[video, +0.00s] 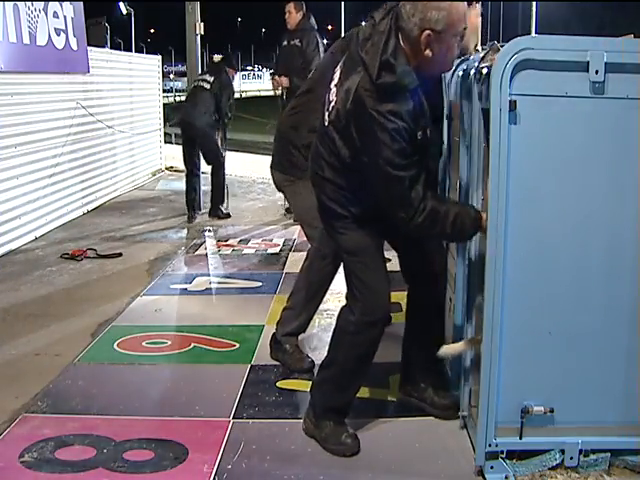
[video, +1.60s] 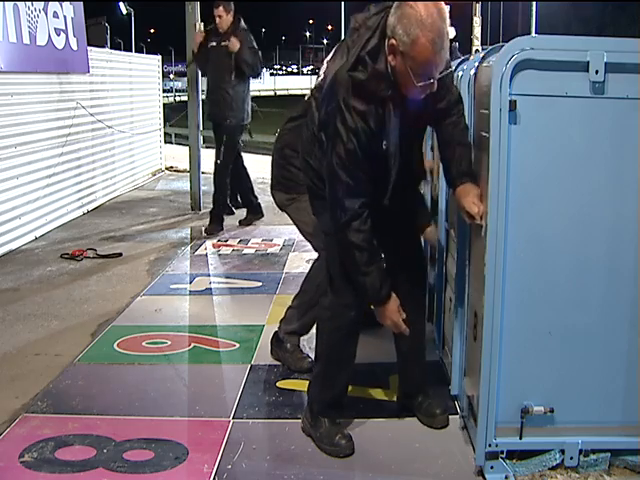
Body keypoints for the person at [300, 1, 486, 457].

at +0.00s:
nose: (461, 46)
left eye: (462, 37)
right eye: (457, 38)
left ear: (424, 36)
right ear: (426, 41)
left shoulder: (399, 29)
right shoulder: (387, 94)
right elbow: (404, 203)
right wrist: (472, 221)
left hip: (392, 179)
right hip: (346, 190)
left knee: (429, 274)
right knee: (371, 306)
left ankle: (420, 380)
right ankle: (324, 413)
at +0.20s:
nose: (461, 59)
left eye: (463, 49)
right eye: (454, 52)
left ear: (425, 45)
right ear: (422, 50)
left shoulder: (411, 30)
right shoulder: (396, 105)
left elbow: (486, 16)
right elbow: (420, 209)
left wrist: (551, 17)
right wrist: (500, 225)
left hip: (395, 190)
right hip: (349, 192)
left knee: (434, 275)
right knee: (378, 305)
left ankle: (419, 382)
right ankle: (325, 410)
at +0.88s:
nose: (455, 120)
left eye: (462, 109)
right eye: (446, 113)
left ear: (467, 75)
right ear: (419, 95)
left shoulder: (443, 43)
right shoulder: (396, 134)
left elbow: (473, 19)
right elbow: (453, 221)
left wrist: (520, 26)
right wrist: (514, 235)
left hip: (410, 188)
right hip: (353, 192)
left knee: (433, 273)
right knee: (375, 303)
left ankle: (421, 380)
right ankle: (322, 410)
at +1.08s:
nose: (444, 130)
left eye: (451, 118)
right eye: (434, 124)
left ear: (459, 85)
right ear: (409, 101)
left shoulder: (411, 39)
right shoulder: (401, 154)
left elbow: (440, 15)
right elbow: (435, 239)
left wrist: (471, 25)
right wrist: (494, 283)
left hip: (397, 194)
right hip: (345, 196)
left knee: (425, 282)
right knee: (371, 306)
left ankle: (423, 384)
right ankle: (322, 409)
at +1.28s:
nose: (437, 101)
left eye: (444, 90)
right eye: (428, 96)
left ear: (452, 56)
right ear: (401, 76)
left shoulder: (411, 29)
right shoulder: (377, 125)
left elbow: (436, 54)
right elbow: (402, 232)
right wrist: (447, 323)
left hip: (387, 185)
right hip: (333, 191)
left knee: (421, 284)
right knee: (363, 301)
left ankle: (424, 387)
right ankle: (322, 411)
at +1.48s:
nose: (433, 85)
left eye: (440, 73)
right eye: (424, 75)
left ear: (448, 48)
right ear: (395, 55)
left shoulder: (432, 48)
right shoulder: (353, 97)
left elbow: (446, 102)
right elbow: (353, 209)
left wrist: (461, 163)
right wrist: (386, 299)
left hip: (388, 184)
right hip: (335, 191)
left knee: (410, 281)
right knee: (348, 300)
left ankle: (420, 389)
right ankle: (322, 411)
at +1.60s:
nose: (430, 84)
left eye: (438, 71)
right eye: (421, 73)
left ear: (446, 47)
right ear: (393, 51)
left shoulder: (433, 55)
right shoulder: (353, 87)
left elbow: (449, 116)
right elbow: (349, 203)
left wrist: (463, 181)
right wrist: (379, 295)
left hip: (384, 182)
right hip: (318, 181)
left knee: (410, 277)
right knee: (348, 289)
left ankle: (416, 388)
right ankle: (322, 411)